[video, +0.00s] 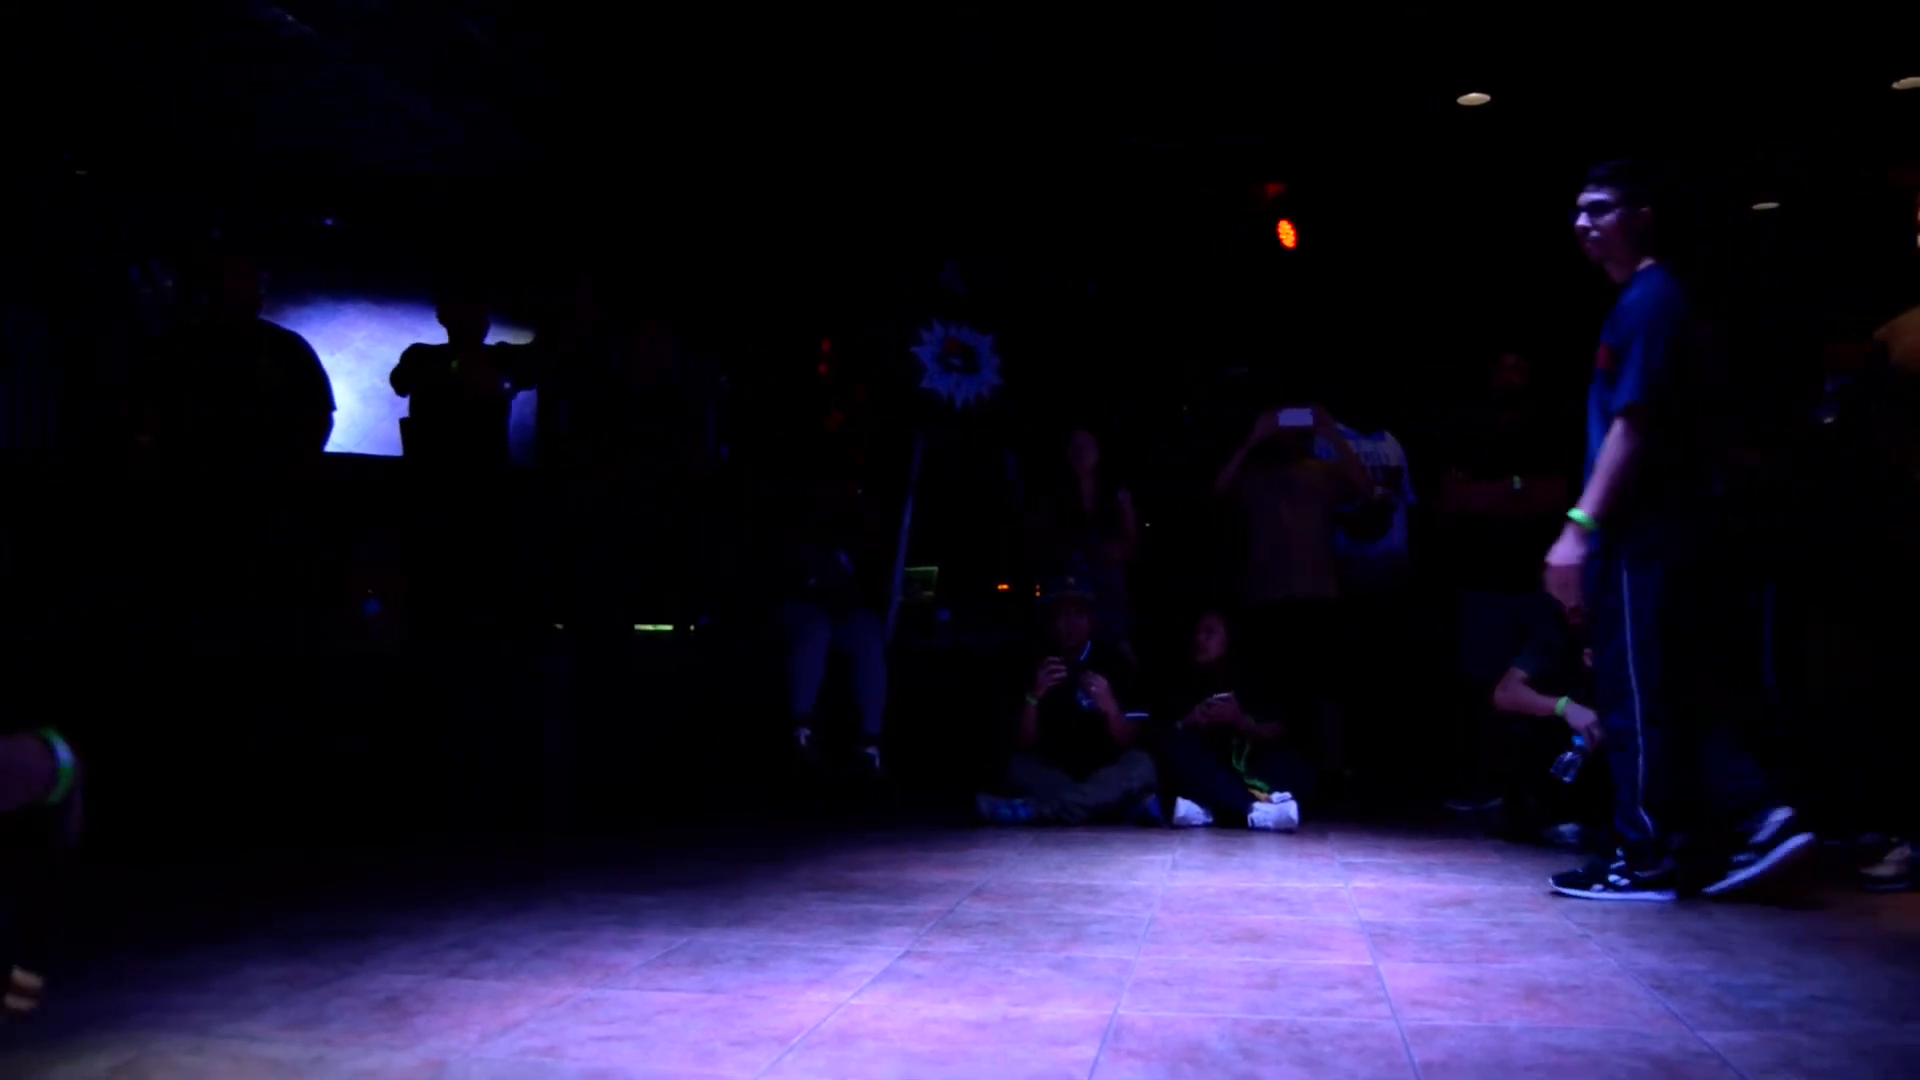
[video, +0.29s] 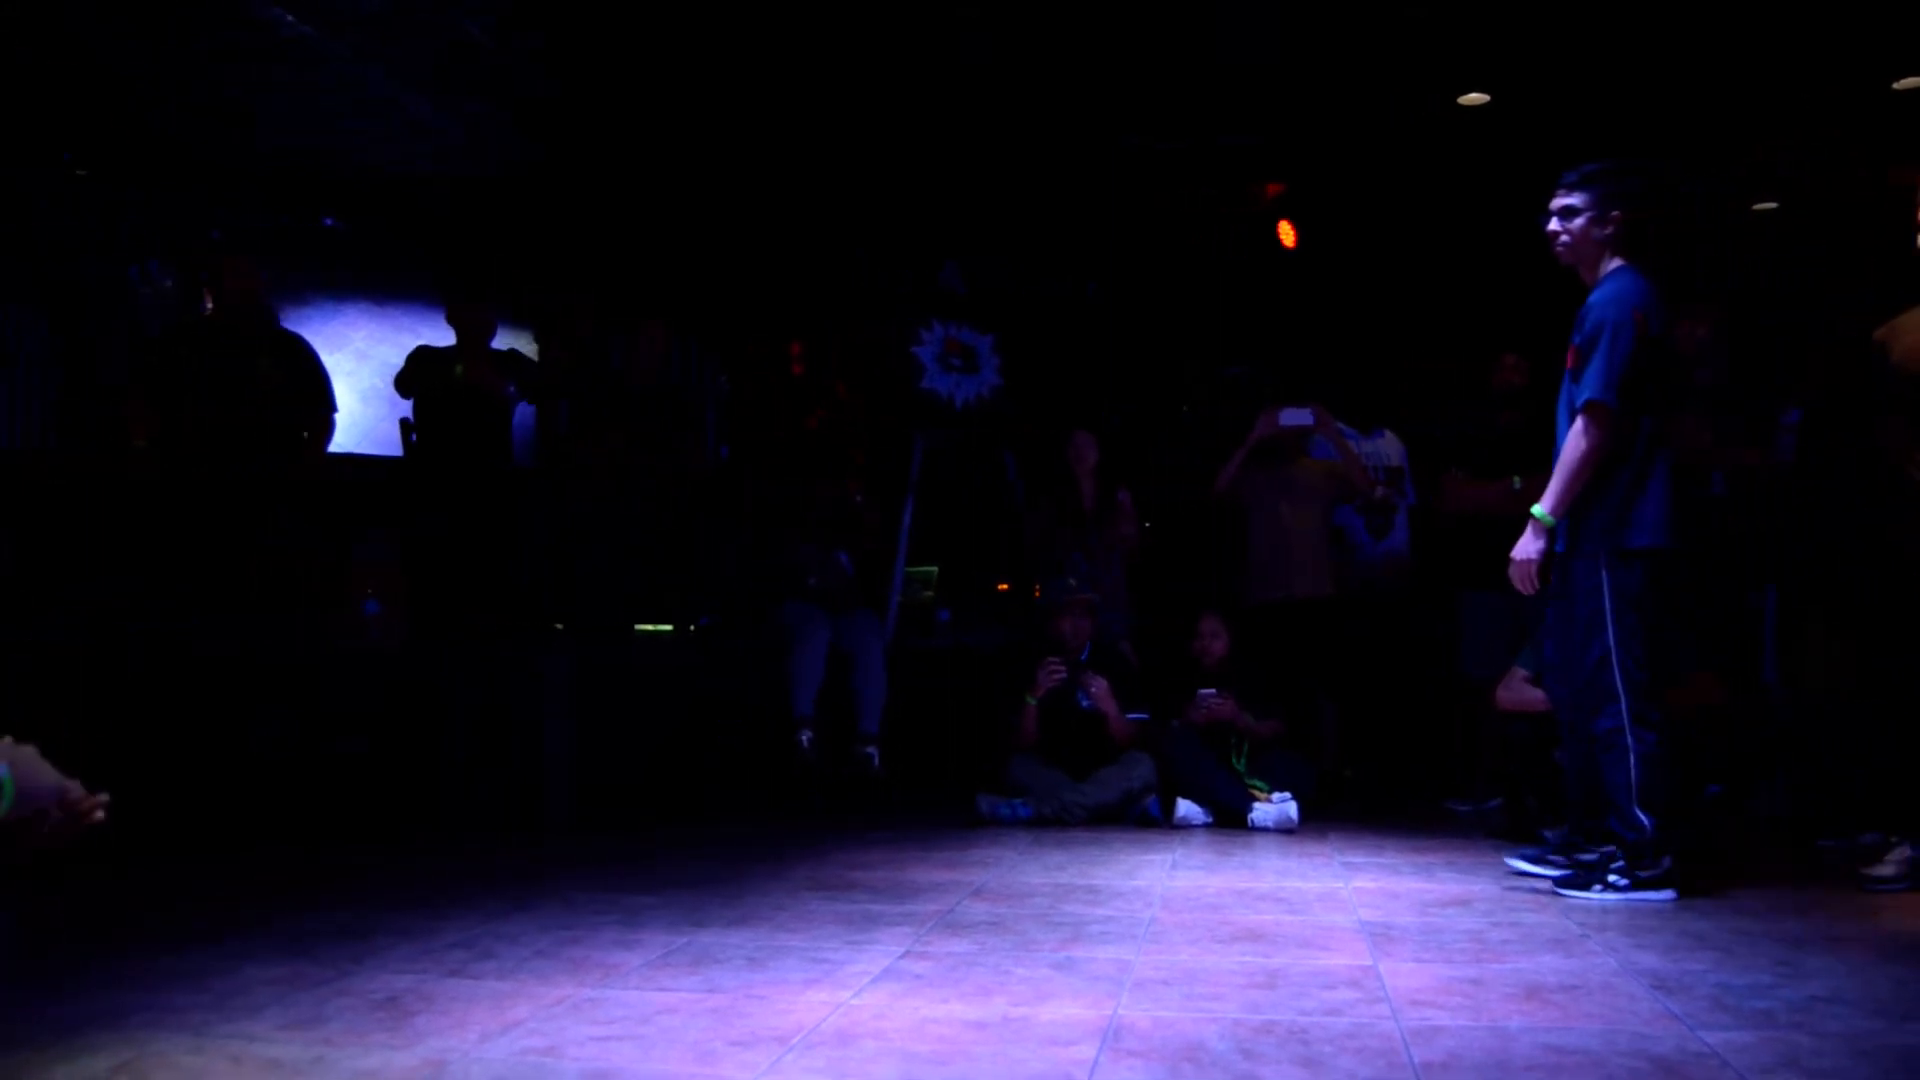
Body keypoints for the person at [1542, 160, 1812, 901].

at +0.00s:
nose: (1583, 225)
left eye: (1598, 211)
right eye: (1581, 213)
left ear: (1642, 217)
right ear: (1609, 226)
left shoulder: (1653, 299)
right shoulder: (1647, 297)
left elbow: (1632, 425)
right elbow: (1640, 424)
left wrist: (1580, 526)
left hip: (1649, 520)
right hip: (1657, 514)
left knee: (1638, 684)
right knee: (1672, 675)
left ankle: (1644, 857)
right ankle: (1755, 816)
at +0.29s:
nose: (1554, 229)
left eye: (1569, 216)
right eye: (1553, 217)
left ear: (1611, 221)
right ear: (1583, 228)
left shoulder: (1623, 301)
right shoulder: (1608, 298)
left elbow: (1597, 424)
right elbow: (1596, 423)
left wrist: (1541, 521)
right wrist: (1551, 518)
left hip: (1619, 526)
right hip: (1598, 524)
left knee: (1614, 685)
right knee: (1577, 678)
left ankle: (1640, 854)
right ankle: (1592, 831)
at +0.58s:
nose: (1530, 233)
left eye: (1546, 222)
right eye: (1529, 222)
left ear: (1584, 232)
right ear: (1541, 236)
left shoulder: (1601, 308)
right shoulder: (1572, 308)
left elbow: (1596, 428)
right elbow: (1571, 428)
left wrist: (1561, 530)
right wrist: (1543, 524)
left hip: (1589, 529)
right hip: (1551, 527)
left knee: (1606, 689)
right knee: (1538, 683)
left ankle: (1640, 853)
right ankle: (1521, 834)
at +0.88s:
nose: (1500, 237)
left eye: (1516, 226)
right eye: (1499, 227)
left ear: (1553, 238)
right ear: (1505, 241)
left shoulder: (1578, 315)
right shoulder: (1520, 328)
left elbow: (1591, 429)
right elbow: (1500, 456)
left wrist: (1574, 528)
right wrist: (1465, 549)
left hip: (1552, 540)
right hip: (1504, 544)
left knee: (1583, 694)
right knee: (1519, 695)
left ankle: (1639, 850)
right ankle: (1521, 838)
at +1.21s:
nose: (1483, 244)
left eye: (1498, 233)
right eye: (1477, 234)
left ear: (1530, 245)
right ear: (1471, 250)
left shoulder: (1561, 325)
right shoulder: (1465, 346)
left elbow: (1579, 434)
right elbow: (1451, 453)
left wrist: (1557, 530)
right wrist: (1420, 544)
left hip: (1537, 542)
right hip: (1476, 550)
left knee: (1573, 696)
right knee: (1502, 698)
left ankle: (1632, 848)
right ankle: (1519, 840)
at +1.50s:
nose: (1468, 248)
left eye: (1483, 238)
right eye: (1461, 239)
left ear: (1513, 252)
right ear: (1452, 254)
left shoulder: (1548, 332)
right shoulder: (1440, 356)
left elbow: (1575, 436)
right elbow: (1434, 459)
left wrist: (1565, 530)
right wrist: (1422, 551)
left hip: (1534, 543)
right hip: (1464, 551)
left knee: (1572, 697)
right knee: (1495, 699)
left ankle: (1623, 846)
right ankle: (1518, 838)